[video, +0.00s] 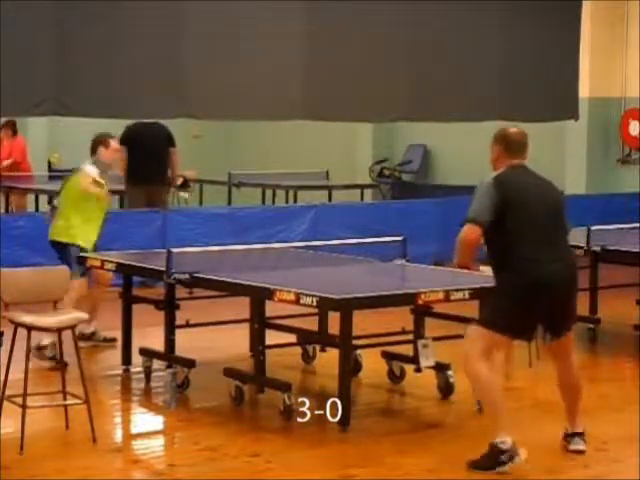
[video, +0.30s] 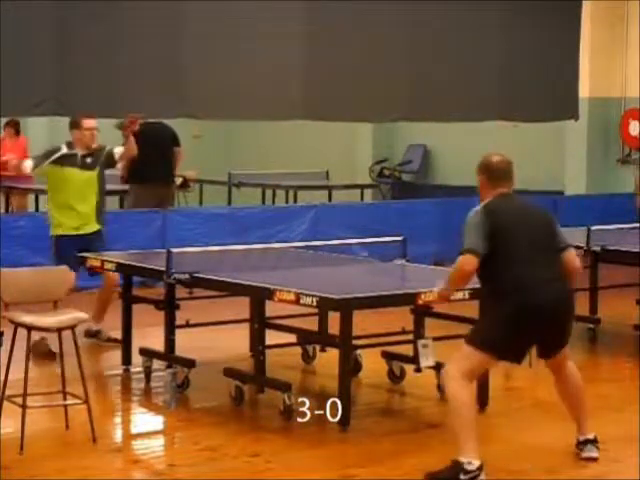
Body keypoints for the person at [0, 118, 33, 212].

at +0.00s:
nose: (5, 133)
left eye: (7, 130)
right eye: (4, 130)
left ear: (12, 130)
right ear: (2, 130)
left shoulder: (18, 141)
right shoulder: (4, 141)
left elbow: (17, 158)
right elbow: (3, 156)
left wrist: (5, 163)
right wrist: (4, 162)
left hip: (20, 177)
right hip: (8, 176)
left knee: (19, 205)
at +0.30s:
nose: (8, 132)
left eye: (10, 129)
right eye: (6, 129)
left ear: (15, 130)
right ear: (4, 130)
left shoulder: (22, 140)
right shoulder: (3, 141)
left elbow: (25, 156)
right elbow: (2, 156)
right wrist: (7, 159)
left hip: (19, 175)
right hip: (5, 175)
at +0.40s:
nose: (8, 132)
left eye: (11, 129)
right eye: (6, 129)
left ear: (16, 130)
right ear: (4, 130)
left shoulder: (22, 141)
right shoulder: (3, 141)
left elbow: (23, 157)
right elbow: (2, 156)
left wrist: (11, 167)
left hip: (19, 171)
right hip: (4, 170)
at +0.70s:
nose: (14, 131)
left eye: (16, 129)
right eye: (12, 128)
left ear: (20, 130)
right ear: (7, 130)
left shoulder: (25, 141)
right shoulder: (3, 142)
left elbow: (35, 157)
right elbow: (1, 159)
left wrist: (39, 170)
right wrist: (6, 168)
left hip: (23, 175)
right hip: (7, 175)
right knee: (5, 193)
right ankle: (6, 212)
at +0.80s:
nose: (14, 131)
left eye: (17, 128)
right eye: (12, 128)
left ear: (20, 130)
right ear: (8, 130)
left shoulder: (25, 142)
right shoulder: (3, 142)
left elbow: (37, 157)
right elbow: (1, 157)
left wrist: (43, 168)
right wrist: (4, 166)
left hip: (23, 175)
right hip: (7, 174)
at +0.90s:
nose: (14, 130)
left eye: (16, 128)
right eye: (12, 128)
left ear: (19, 130)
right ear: (7, 129)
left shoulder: (25, 142)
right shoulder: (3, 141)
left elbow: (35, 157)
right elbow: (1, 158)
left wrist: (42, 168)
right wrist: (4, 166)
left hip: (21, 176)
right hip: (5, 175)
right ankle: (4, 211)